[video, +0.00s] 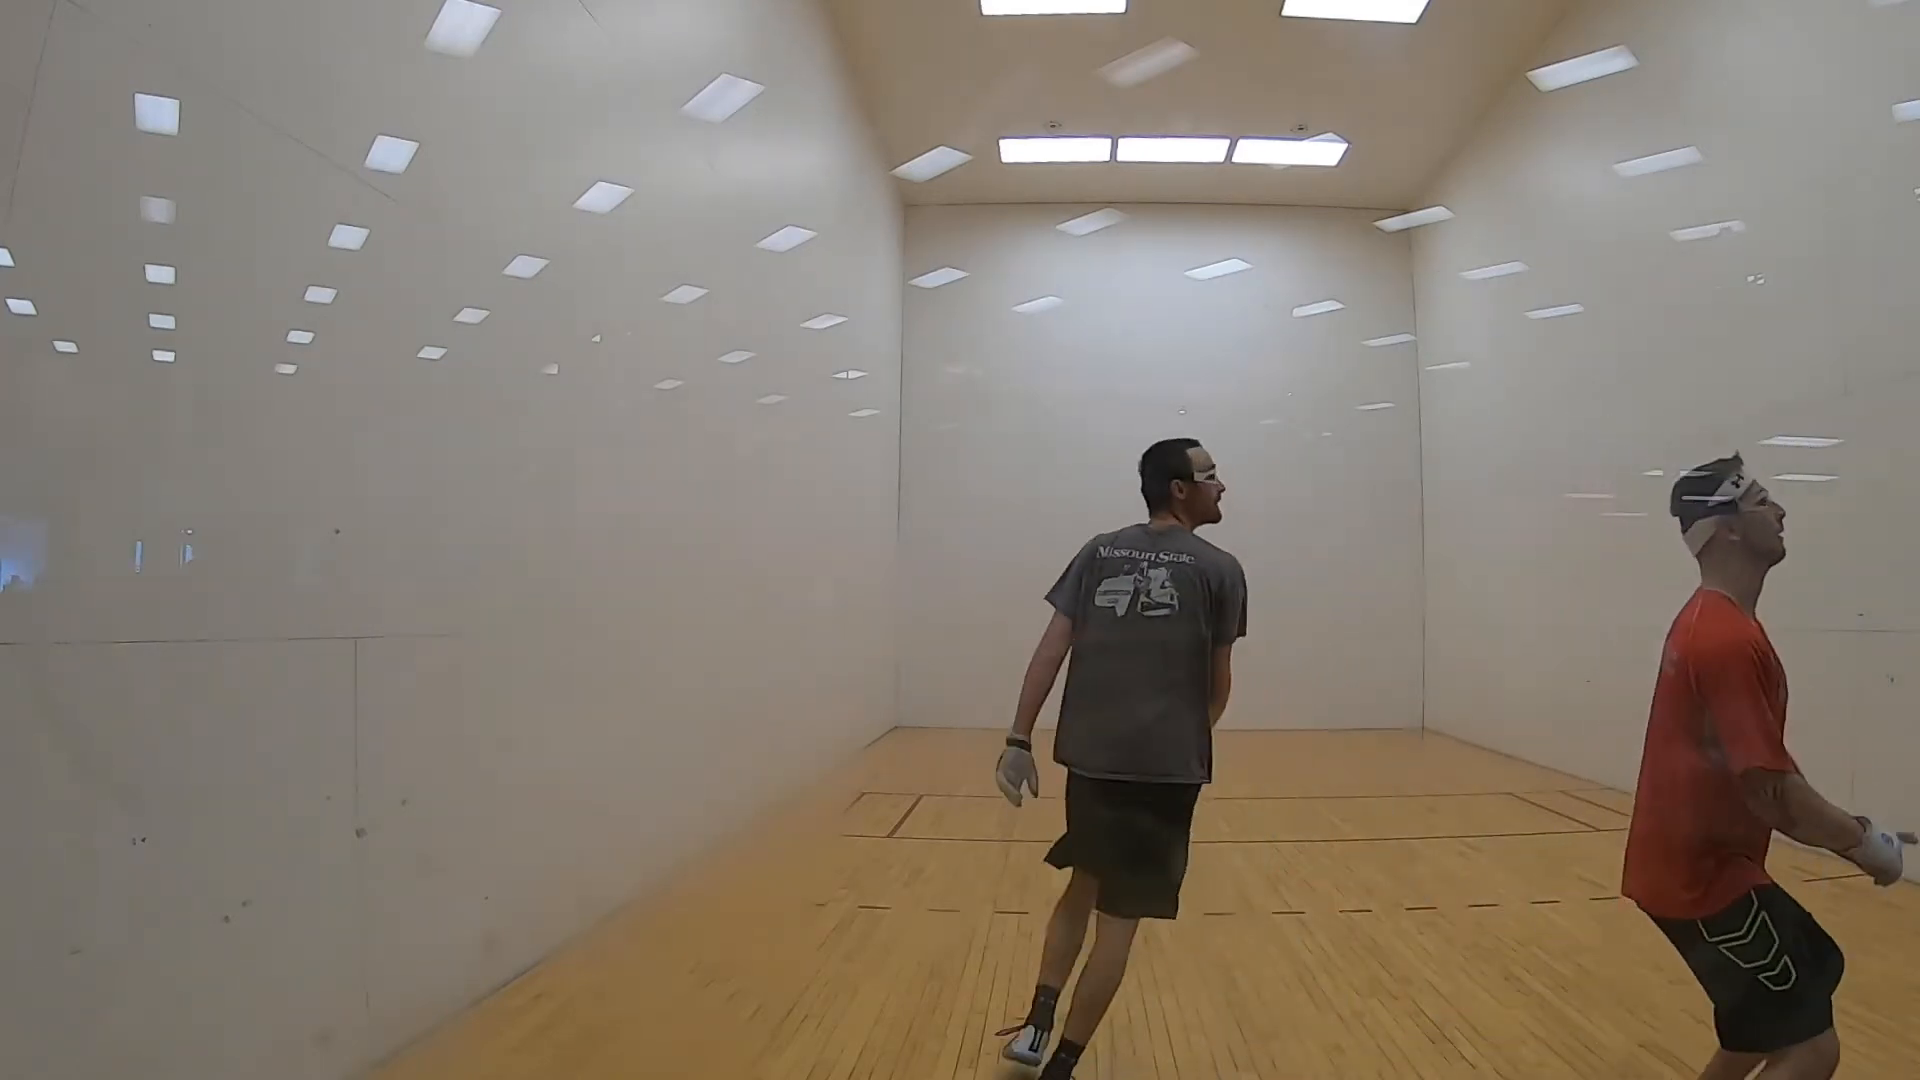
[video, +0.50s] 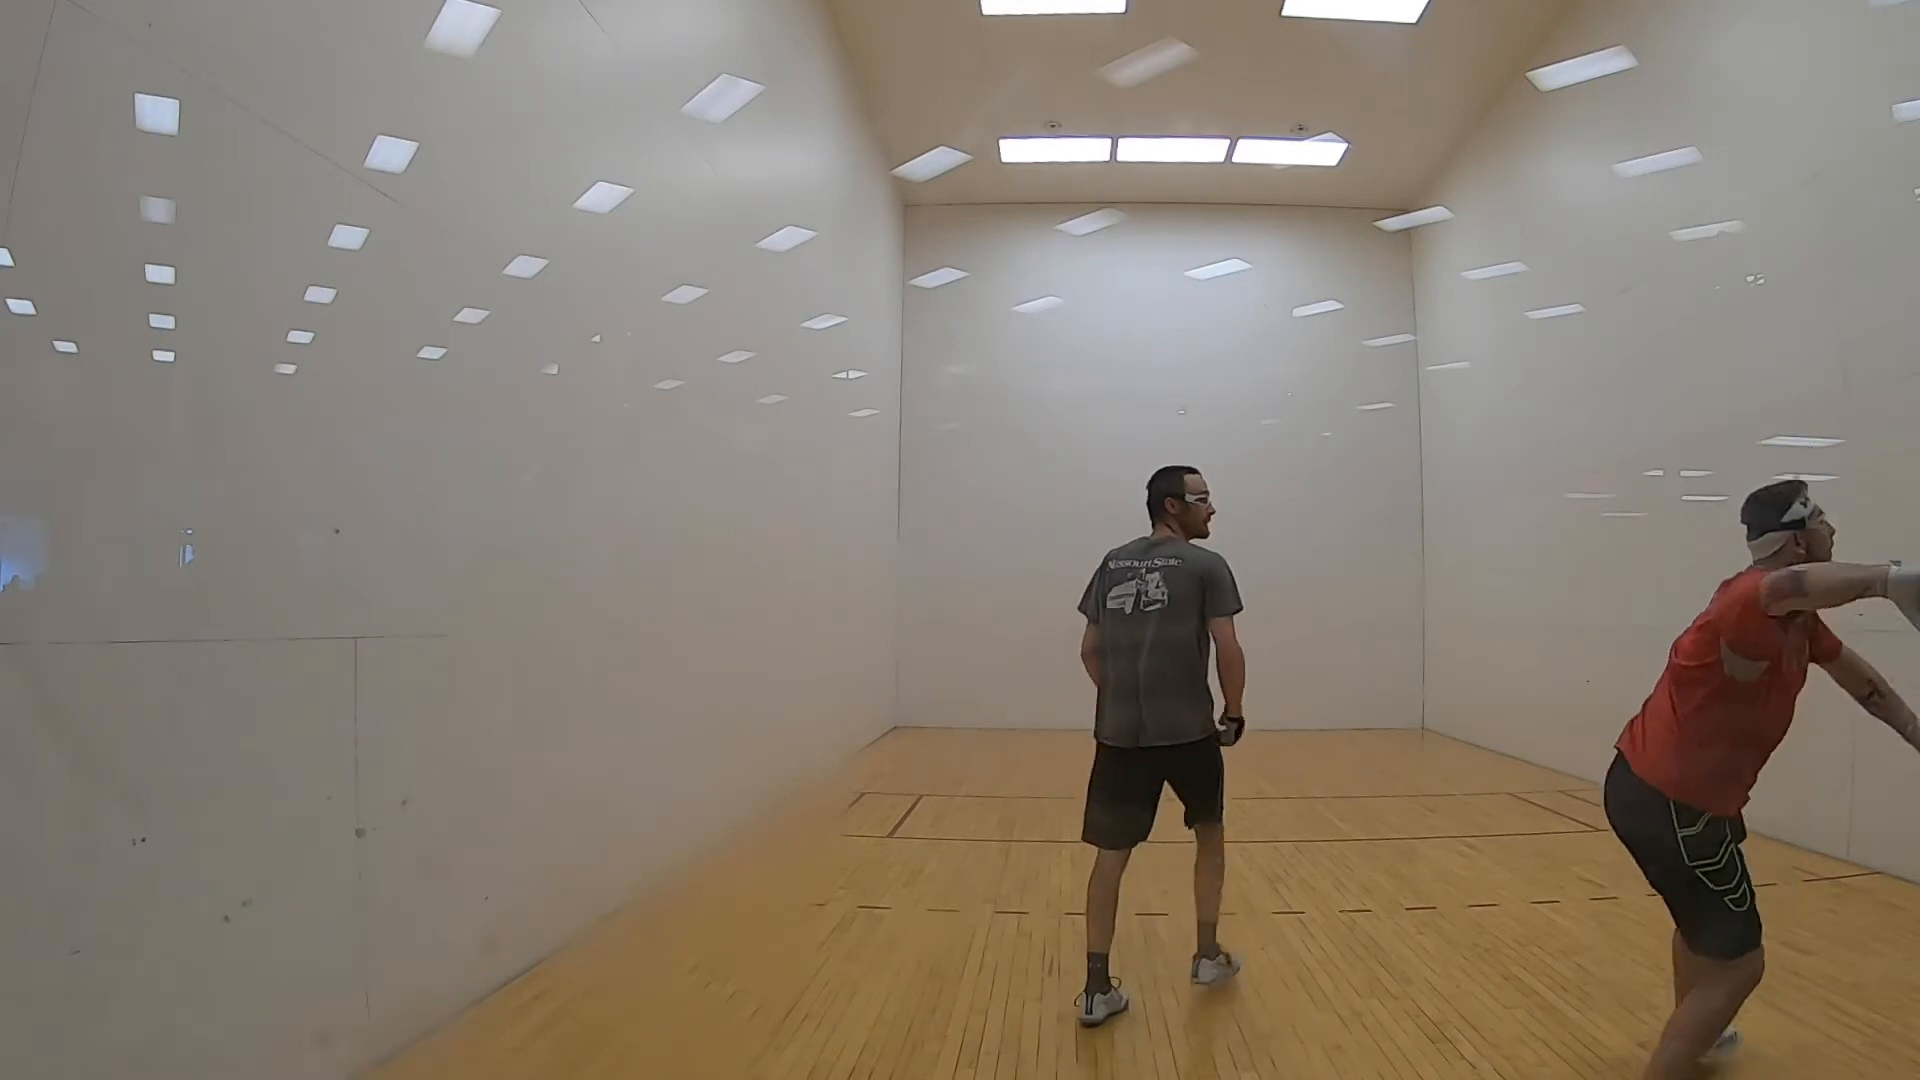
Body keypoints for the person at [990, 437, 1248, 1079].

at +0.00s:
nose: (1222, 486)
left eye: (1217, 474)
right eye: (1211, 477)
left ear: (1159, 492)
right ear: (1178, 490)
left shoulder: (1099, 551)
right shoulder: (1217, 566)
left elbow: (1051, 650)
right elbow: (1218, 683)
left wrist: (1019, 734)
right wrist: (1194, 738)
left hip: (1089, 757)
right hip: (1166, 766)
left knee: (1082, 886)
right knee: (1117, 927)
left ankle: (1037, 1028)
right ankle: (1060, 1066)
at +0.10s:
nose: (1214, 490)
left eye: (1208, 478)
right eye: (1201, 481)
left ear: (1154, 498)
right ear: (1166, 496)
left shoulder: (1097, 556)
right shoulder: (1207, 567)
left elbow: (1041, 642)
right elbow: (1209, 673)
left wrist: (1024, 727)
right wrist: (1151, 664)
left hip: (1087, 748)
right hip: (1157, 757)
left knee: (1094, 873)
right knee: (1118, 902)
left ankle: (1081, 992)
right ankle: (1061, 1056)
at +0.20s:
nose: (1204, 504)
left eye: (1199, 494)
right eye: (1193, 497)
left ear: (1149, 513)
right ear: (1161, 510)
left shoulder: (1094, 571)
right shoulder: (1199, 579)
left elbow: (1044, 659)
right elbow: (1214, 679)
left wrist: (1032, 740)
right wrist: (1172, 642)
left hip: (1090, 755)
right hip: (1154, 764)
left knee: (1109, 874)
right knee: (1130, 898)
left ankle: (1102, 992)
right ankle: (1069, 1045)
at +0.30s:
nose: (1199, 506)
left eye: (1195, 495)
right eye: (1189, 498)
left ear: (1147, 514)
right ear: (1159, 511)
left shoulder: (1098, 570)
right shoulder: (1196, 576)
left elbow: (1066, 661)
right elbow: (1214, 676)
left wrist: (1057, 741)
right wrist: (1169, 657)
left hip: (1099, 753)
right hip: (1163, 757)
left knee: (1111, 868)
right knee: (1164, 878)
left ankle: (1099, 983)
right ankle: (1115, 978)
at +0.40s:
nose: (1204, 501)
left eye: (1200, 491)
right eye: (1193, 492)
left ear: (1152, 506)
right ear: (1161, 503)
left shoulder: (1104, 561)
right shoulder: (1198, 563)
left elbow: (1079, 655)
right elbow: (1218, 653)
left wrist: (1088, 720)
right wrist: (1209, 695)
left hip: (1110, 737)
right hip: (1176, 737)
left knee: (1110, 859)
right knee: (1192, 843)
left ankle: (1095, 991)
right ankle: (1153, 963)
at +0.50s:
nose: (1213, 509)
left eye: (1210, 498)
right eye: (1203, 499)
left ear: (1163, 511)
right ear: (1173, 508)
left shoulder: (1114, 561)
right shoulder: (1206, 564)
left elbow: (1090, 649)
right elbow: (1228, 647)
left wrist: (1118, 702)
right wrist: (1233, 710)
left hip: (1122, 734)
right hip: (1187, 731)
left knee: (1110, 856)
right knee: (1209, 835)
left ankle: (1096, 988)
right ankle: (1207, 955)